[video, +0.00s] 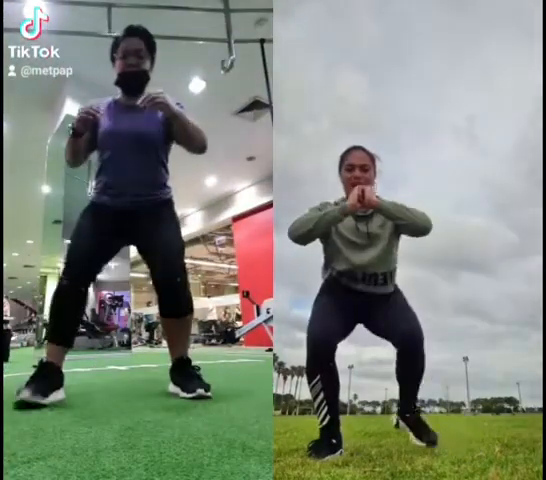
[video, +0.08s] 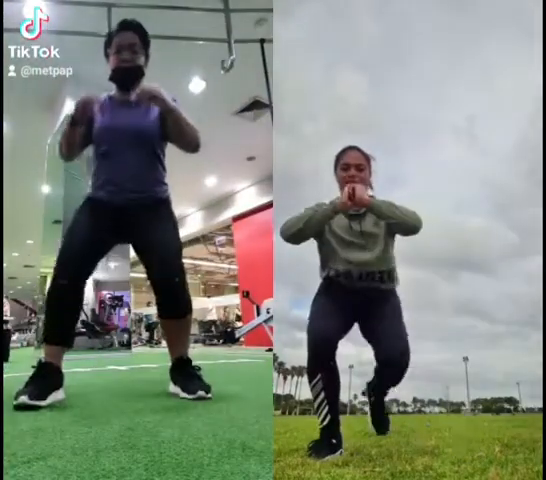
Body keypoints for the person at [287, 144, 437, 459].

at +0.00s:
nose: (358, 175)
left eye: (365, 169)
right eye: (350, 169)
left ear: (375, 175)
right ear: (341, 175)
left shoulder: (389, 213)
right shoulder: (330, 212)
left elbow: (424, 226)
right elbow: (296, 234)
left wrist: (378, 205)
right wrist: (345, 209)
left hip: (383, 298)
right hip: (339, 296)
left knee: (412, 339)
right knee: (318, 345)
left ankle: (408, 412)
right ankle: (330, 436)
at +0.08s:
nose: (353, 175)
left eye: (360, 169)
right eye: (345, 169)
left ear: (370, 175)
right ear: (336, 176)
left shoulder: (383, 212)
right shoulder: (324, 214)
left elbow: (414, 225)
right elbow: (288, 233)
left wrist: (371, 203)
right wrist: (336, 207)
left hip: (380, 295)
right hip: (336, 293)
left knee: (396, 360)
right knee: (319, 347)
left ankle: (376, 393)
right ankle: (330, 435)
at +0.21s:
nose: (342, 194)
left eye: (349, 188)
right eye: (335, 188)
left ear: (359, 194)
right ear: (326, 195)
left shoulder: (370, 228)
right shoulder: (313, 234)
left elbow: (395, 234)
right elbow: (273, 245)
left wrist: (351, 215)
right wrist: (319, 219)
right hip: (329, 311)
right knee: (314, 346)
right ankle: (330, 438)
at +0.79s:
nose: (351, 185)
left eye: (357, 180)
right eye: (345, 180)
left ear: (367, 187)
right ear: (336, 187)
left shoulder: (379, 222)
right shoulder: (323, 223)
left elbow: (408, 227)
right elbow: (284, 230)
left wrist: (364, 207)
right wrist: (331, 210)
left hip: (371, 308)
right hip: (330, 303)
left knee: (356, 393)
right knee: (317, 351)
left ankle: (331, 427)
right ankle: (330, 437)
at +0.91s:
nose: (360, 172)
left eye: (367, 166)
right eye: (353, 166)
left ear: (376, 173)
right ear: (343, 174)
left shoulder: (389, 211)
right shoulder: (331, 209)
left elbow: (423, 219)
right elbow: (295, 223)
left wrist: (380, 197)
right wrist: (343, 201)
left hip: (380, 294)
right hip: (338, 291)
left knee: (390, 361)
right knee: (325, 348)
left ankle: (370, 406)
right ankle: (330, 436)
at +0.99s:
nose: (366, 172)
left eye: (372, 166)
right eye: (358, 167)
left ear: (382, 173)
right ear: (348, 174)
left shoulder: (395, 212)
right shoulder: (336, 209)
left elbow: (430, 221)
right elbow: (301, 226)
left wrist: (387, 199)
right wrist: (349, 203)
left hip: (385, 295)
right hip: (341, 293)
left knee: (408, 347)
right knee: (326, 348)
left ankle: (403, 417)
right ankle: (330, 436)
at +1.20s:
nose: (379, 196)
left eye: (386, 190)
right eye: (372, 190)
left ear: (396, 196)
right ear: (362, 198)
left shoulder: (410, 235)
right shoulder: (350, 235)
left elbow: (448, 249)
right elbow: (317, 261)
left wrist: (401, 226)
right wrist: (365, 230)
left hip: (408, 323)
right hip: (360, 323)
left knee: (440, 340)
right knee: (323, 343)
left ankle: (452, 435)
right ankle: (330, 438)